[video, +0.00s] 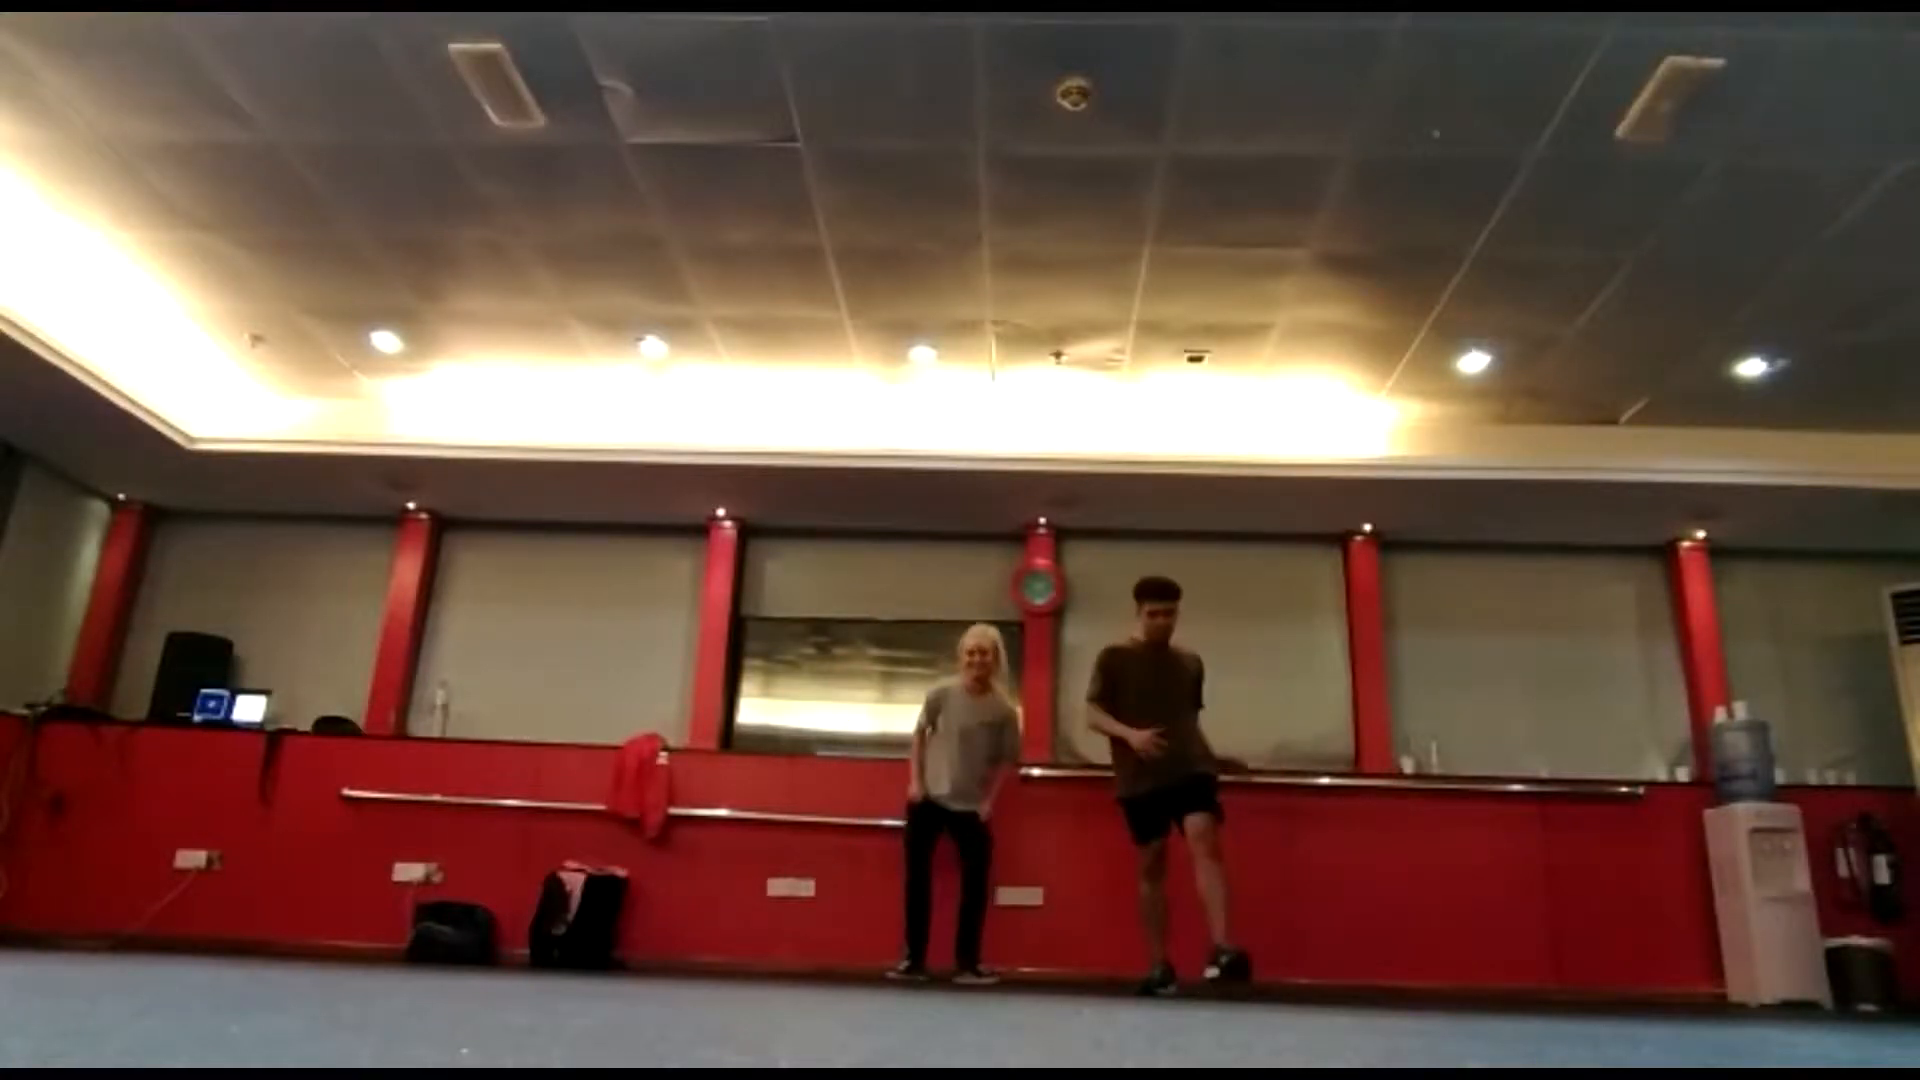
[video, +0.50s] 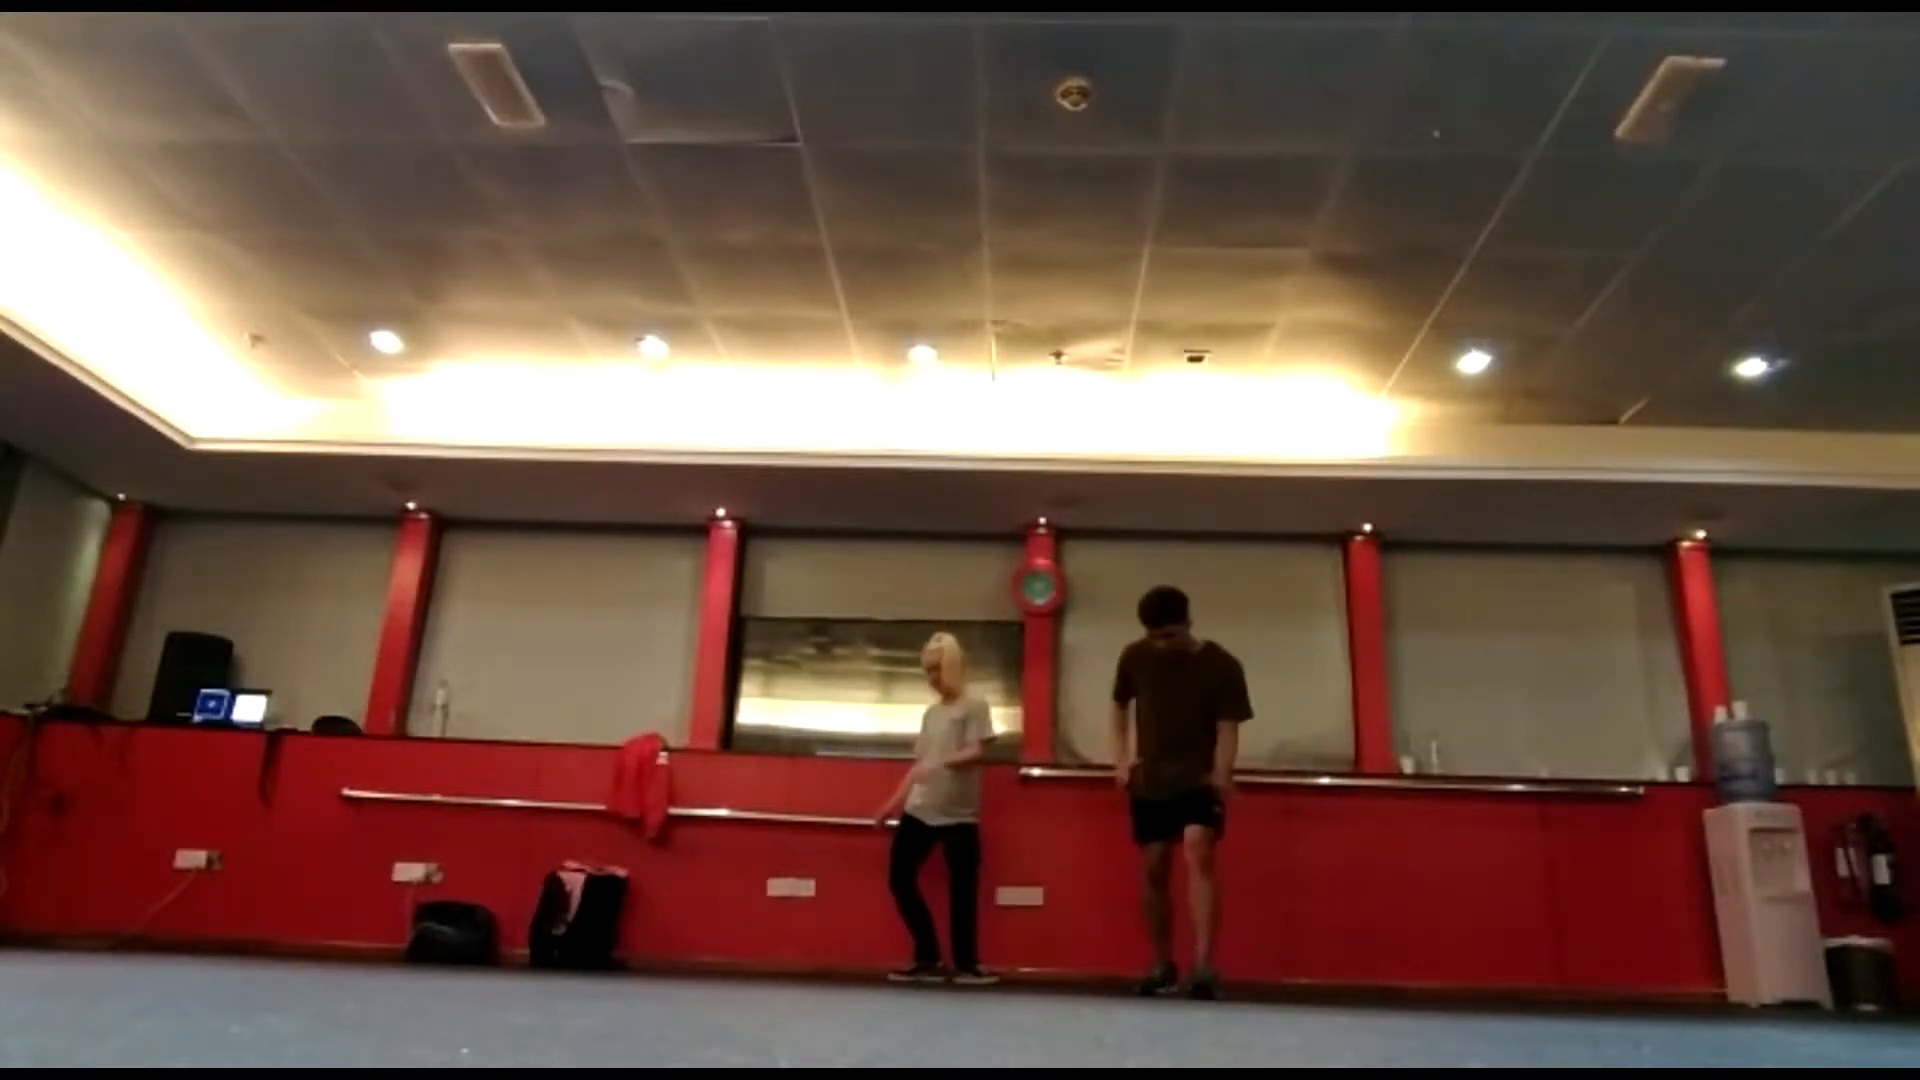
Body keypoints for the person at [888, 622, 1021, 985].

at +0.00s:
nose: (976, 659)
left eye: (984, 653)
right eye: (970, 652)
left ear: (996, 659)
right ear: (960, 656)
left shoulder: (1004, 711)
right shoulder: (940, 696)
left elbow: (1007, 761)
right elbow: (919, 736)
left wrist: (989, 801)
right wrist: (915, 781)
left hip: (971, 809)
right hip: (929, 803)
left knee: (975, 888)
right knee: (917, 883)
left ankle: (967, 963)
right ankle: (914, 958)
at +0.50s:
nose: (930, 677)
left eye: (936, 669)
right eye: (927, 670)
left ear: (954, 667)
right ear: (926, 671)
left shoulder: (974, 707)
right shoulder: (931, 713)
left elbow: (978, 751)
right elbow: (919, 766)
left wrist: (939, 765)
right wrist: (892, 804)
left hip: (959, 817)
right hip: (921, 813)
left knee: (963, 893)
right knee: (901, 879)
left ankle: (964, 963)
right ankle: (927, 958)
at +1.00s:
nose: (914, 670)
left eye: (920, 661)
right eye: (908, 663)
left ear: (935, 661)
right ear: (902, 666)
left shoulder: (949, 699)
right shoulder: (918, 708)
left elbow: (963, 724)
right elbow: (920, 762)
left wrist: (950, 750)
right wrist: (900, 796)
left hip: (956, 811)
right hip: (920, 811)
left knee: (959, 890)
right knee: (901, 876)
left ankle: (964, 962)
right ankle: (926, 957)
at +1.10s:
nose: (907, 674)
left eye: (914, 666)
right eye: (902, 668)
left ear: (929, 667)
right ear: (896, 672)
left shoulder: (945, 704)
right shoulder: (909, 716)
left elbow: (975, 734)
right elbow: (915, 770)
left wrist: (1002, 755)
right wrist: (895, 806)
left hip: (955, 815)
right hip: (917, 815)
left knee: (961, 893)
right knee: (898, 880)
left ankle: (965, 963)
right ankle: (927, 958)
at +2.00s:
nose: (937, 656)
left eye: (944, 650)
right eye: (931, 649)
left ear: (953, 657)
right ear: (917, 652)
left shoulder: (952, 695)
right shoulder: (906, 696)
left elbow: (951, 745)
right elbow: (911, 751)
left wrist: (957, 789)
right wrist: (929, 794)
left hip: (954, 800)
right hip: (914, 801)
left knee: (975, 873)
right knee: (915, 883)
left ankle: (972, 955)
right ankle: (919, 958)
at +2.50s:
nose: (977, 670)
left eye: (985, 664)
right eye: (972, 662)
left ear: (995, 671)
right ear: (960, 665)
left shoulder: (995, 720)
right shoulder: (935, 700)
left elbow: (1001, 767)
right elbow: (896, 723)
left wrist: (1013, 807)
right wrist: (909, 754)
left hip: (962, 811)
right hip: (919, 806)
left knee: (990, 876)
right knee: (914, 886)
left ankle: (975, 959)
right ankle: (919, 959)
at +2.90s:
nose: (981, 679)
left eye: (988, 672)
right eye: (974, 673)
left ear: (1000, 675)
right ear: (966, 677)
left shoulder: (1008, 719)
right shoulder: (959, 709)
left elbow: (998, 775)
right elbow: (948, 756)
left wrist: (983, 821)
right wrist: (933, 797)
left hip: (976, 817)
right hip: (938, 810)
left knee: (992, 884)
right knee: (911, 873)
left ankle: (977, 960)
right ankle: (916, 958)